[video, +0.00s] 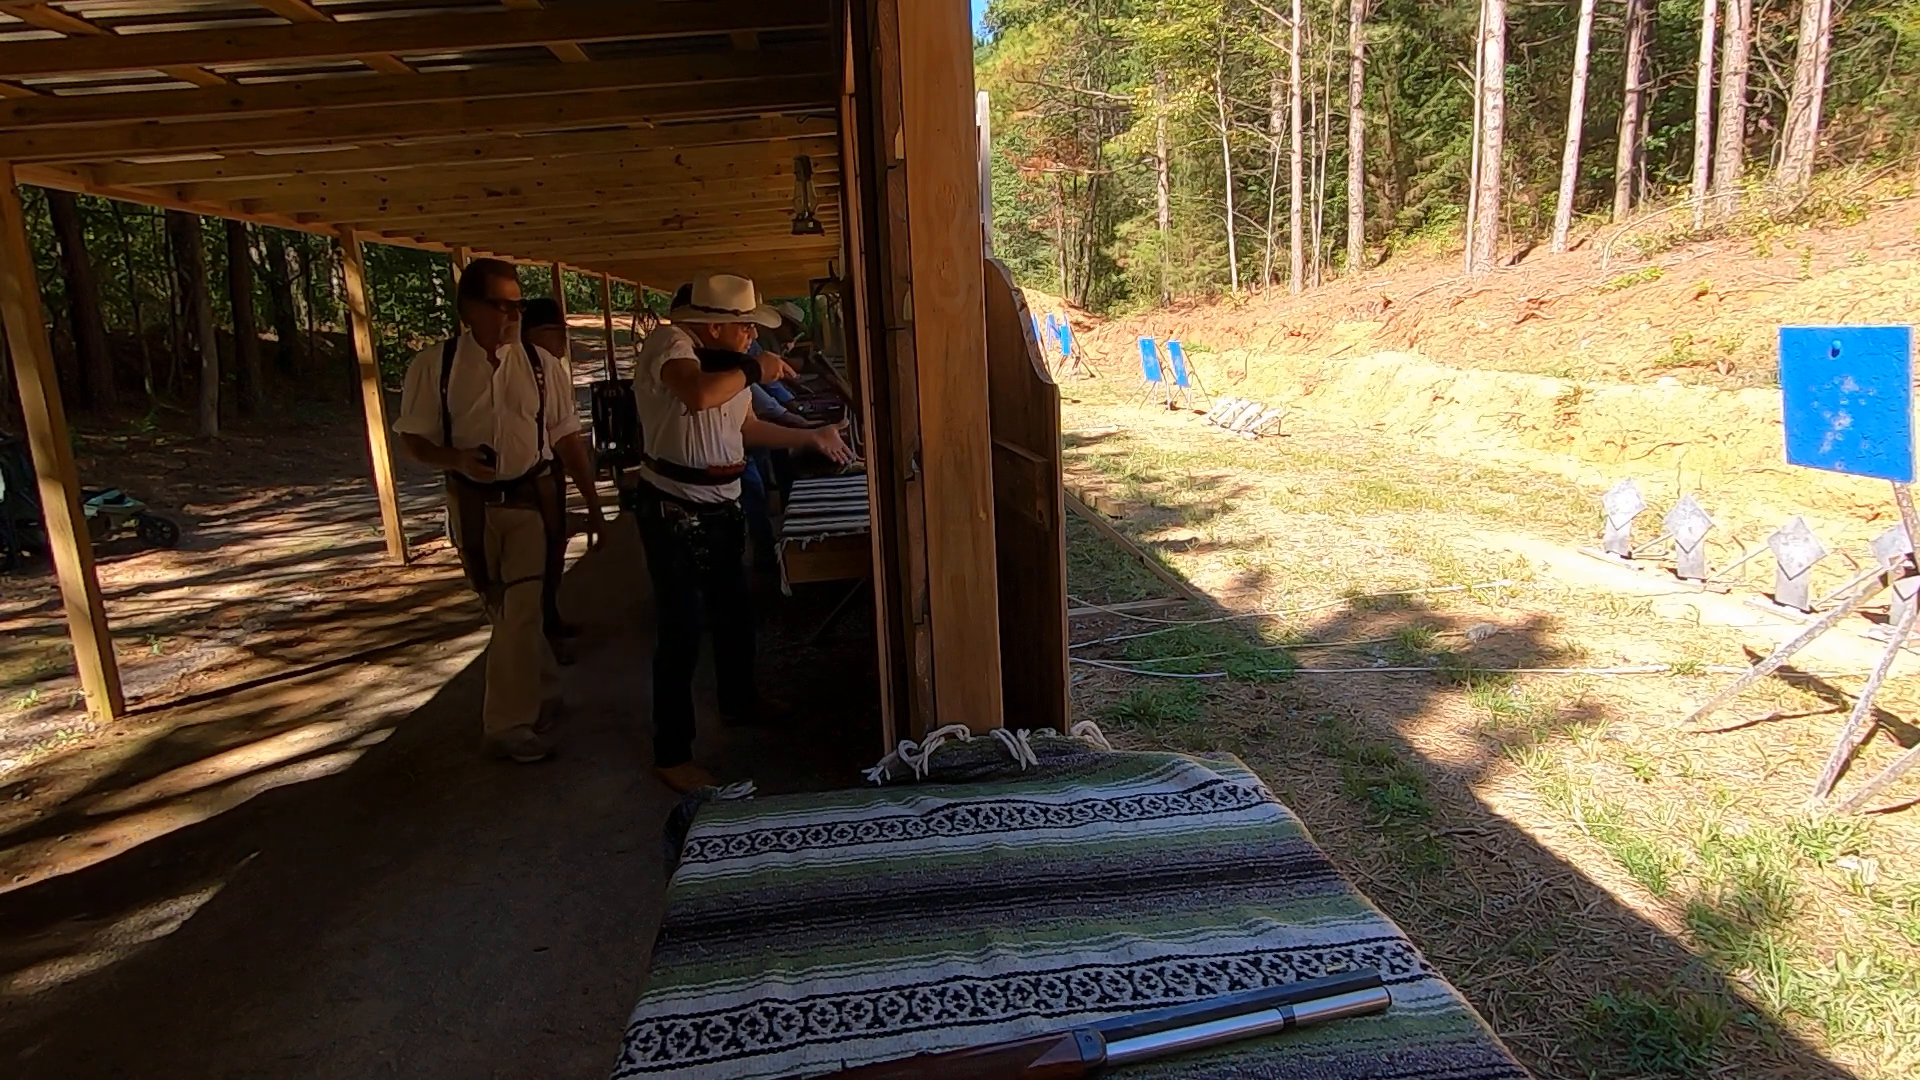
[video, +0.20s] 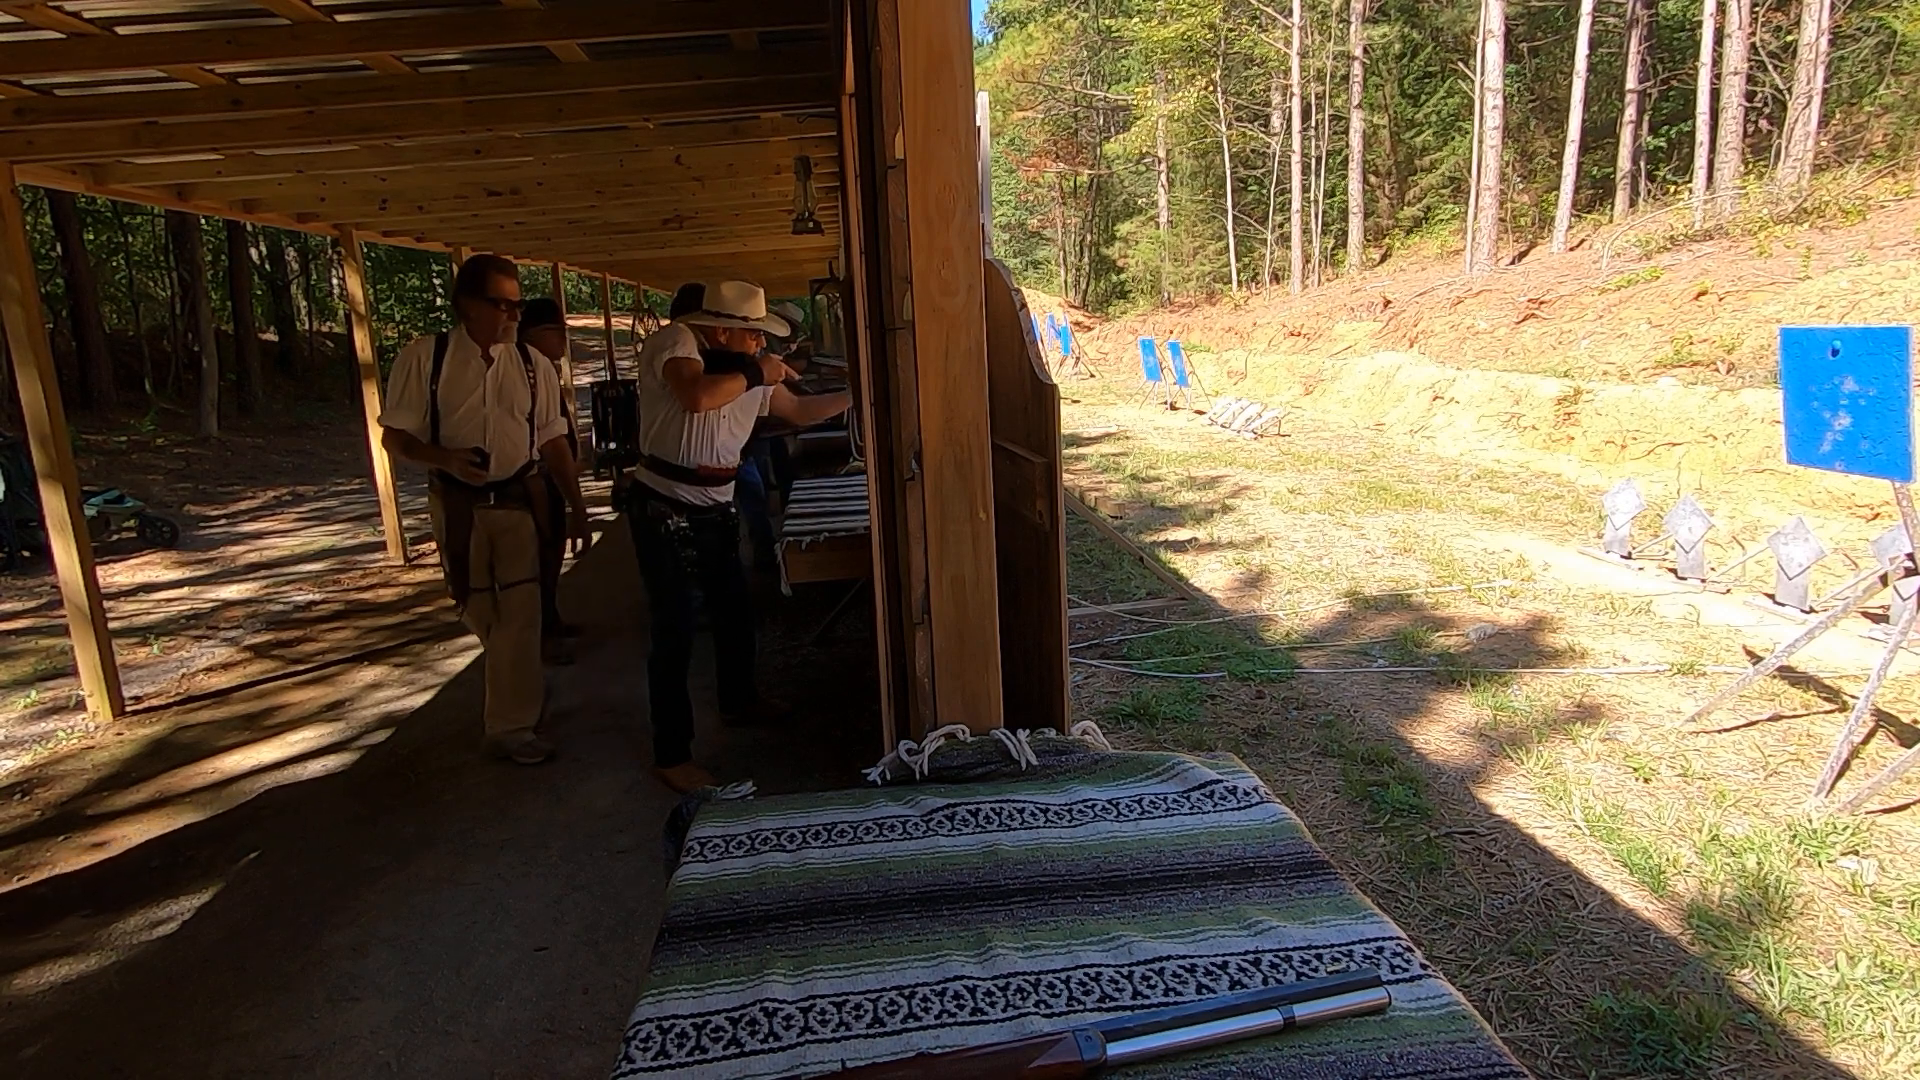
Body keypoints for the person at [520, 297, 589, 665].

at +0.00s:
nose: (565, 337)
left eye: (563, 330)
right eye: (557, 331)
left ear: (549, 334)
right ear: (534, 335)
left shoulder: (554, 370)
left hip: (550, 471)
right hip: (531, 474)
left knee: (553, 549)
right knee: (544, 551)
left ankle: (552, 622)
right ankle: (546, 627)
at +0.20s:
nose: (565, 341)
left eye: (564, 334)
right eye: (558, 334)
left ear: (543, 336)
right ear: (538, 336)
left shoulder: (547, 373)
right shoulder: (528, 375)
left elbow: (558, 435)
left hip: (549, 477)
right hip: (533, 479)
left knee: (551, 555)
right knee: (544, 558)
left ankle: (552, 623)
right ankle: (543, 635)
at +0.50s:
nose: (565, 340)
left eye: (564, 333)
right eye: (558, 333)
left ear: (544, 336)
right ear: (537, 335)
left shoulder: (546, 372)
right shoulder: (520, 374)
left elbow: (556, 423)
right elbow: (524, 436)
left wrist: (567, 455)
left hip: (549, 474)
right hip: (527, 477)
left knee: (550, 551)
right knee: (537, 554)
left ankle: (552, 624)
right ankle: (542, 636)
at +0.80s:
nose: (565, 343)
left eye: (564, 335)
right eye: (560, 336)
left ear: (544, 334)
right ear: (539, 335)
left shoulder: (545, 369)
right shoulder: (504, 367)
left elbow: (554, 418)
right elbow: (492, 426)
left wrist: (566, 457)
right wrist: (509, 467)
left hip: (550, 473)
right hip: (524, 477)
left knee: (552, 549)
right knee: (535, 552)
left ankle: (550, 619)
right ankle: (540, 631)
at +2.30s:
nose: (563, 340)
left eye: (563, 332)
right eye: (557, 332)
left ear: (546, 335)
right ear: (534, 334)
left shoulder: (546, 369)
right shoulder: (504, 365)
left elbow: (554, 413)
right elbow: (469, 401)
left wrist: (566, 449)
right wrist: (489, 449)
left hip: (550, 473)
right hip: (521, 477)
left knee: (552, 550)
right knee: (534, 553)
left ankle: (550, 620)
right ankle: (540, 630)